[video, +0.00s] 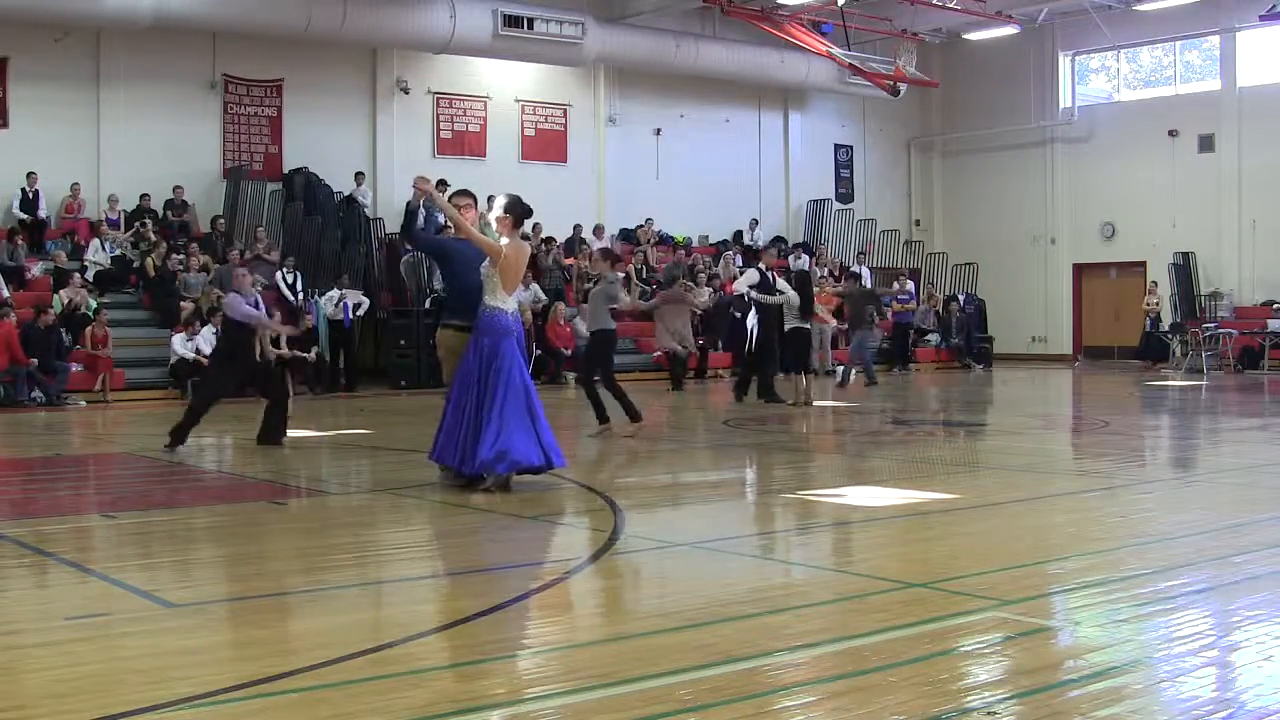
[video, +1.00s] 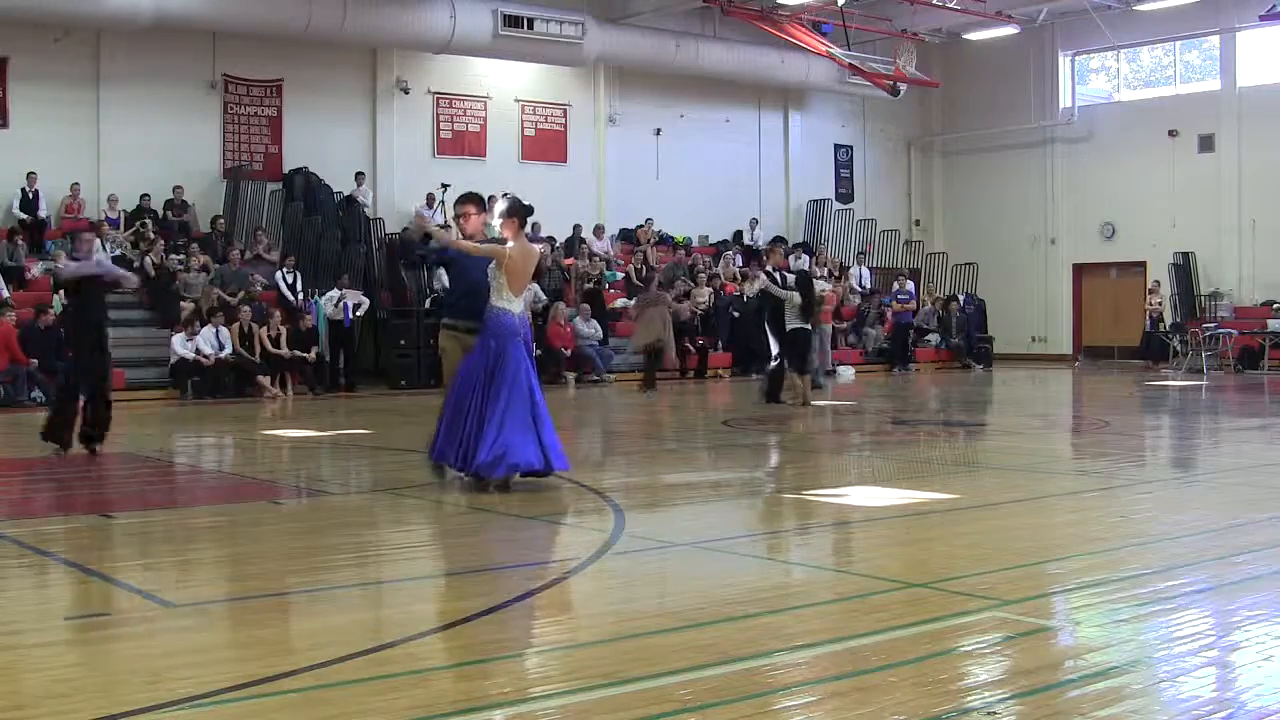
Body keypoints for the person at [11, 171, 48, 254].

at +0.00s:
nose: (35, 180)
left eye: (36, 179)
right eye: (32, 178)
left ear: (37, 180)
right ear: (27, 179)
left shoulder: (39, 193)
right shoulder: (20, 192)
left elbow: (42, 209)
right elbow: (14, 210)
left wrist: (42, 216)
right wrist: (25, 217)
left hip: (36, 217)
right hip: (25, 218)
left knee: (43, 224)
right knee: (33, 225)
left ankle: (40, 248)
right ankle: (32, 248)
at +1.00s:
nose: (33, 181)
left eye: (35, 179)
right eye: (31, 179)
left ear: (36, 180)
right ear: (27, 180)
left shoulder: (39, 193)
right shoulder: (20, 192)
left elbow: (42, 208)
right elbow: (15, 209)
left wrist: (41, 216)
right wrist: (25, 217)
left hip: (36, 216)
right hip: (24, 216)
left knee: (42, 224)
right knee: (30, 226)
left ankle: (39, 248)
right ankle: (30, 248)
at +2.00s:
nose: (33, 181)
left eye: (35, 179)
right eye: (31, 178)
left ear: (36, 180)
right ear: (27, 180)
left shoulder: (39, 193)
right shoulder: (20, 192)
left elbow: (43, 208)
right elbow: (14, 210)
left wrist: (41, 216)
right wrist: (25, 217)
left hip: (36, 218)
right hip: (25, 218)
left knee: (43, 223)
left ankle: (40, 248)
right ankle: (30, 249)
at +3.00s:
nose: (33, 181)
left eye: (34, 179)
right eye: (31, 178)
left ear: (36, 180)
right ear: (27, 180)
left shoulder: (39, 193)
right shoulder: (20, 192)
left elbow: (42, 208)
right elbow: (15, 209)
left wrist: (41, 216)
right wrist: (25, 217)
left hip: (36, 218)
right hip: (25, 218)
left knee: (43, 223)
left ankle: (40, 247)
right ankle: (31, 248)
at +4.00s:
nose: (31, 181)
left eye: (33, 179)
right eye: (29, 179)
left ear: (36, 180)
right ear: (26, 180)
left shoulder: (39, 193)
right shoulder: (20, 192)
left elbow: (42, 209)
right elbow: (15, 210)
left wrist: (41, 216)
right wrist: (25, 217)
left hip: (36, 217)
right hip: (24, 217)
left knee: (42, 223)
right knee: (34, 225)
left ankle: (40, 248)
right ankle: (33, 248)